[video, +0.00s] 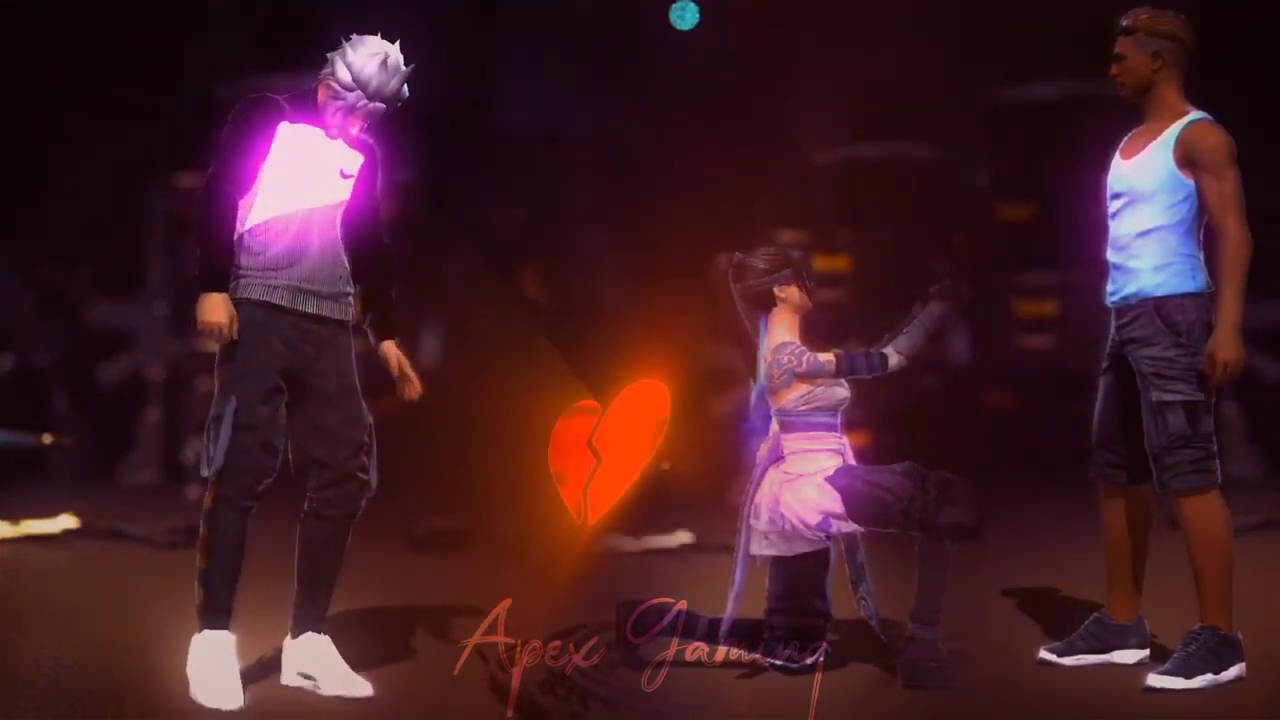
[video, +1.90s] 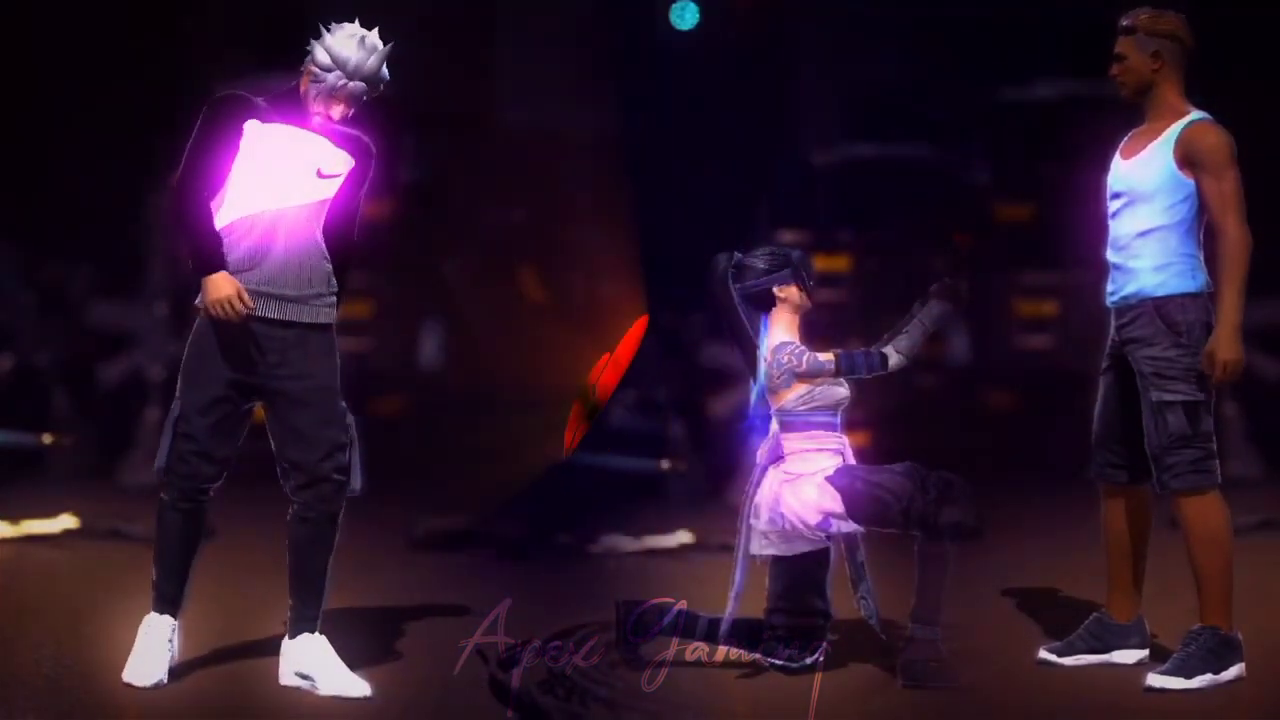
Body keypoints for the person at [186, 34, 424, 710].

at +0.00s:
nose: (355, 124)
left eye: (369, 114)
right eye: (348, 106)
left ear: (383, 109)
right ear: (325, 85)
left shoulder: (373, 154)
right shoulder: (265, 118)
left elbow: (373, 249)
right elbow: (217, 197)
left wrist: (387, 333)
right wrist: (213, 284)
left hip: (334, 326)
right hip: (260, 315)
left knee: (345, 477)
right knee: (245, 469)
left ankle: (307, 639)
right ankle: (213, 638)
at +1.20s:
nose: (348, 116)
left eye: (362, 108)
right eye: (341, 98)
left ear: (375, 107)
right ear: (319, 82)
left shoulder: (369, 157)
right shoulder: (257, 122)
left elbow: (361, 255)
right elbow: (213, 197)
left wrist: (353, 345)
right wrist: (217, 279)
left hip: (325, 333)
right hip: (250, 319)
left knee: (334, 479)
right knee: (208, 473)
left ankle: (307, 637)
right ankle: (172, 625)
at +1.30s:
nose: (344, 115)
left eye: (359, 107)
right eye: (338, 96)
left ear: (372, 107)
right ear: (315, 81)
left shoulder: (364, 154)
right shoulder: (251, 118)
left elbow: (358, 227)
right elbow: (208, 198)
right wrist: (218, 277)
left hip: (319, 331)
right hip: (244, 318)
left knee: (333, 478)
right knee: (203, 471)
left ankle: (306, 637)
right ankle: (169, 623)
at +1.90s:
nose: (340, 111)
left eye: (354, 102)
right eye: (333, 94)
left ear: (365, 98)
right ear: (308, 78)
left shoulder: (362, 150)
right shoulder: (236, 115)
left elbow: (344, 241)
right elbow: (189, 197)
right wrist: (210, 269)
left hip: (307, 329)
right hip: (227, 319)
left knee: (321, 477)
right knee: (188, 470)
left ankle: (304, 639)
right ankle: (161, 623)